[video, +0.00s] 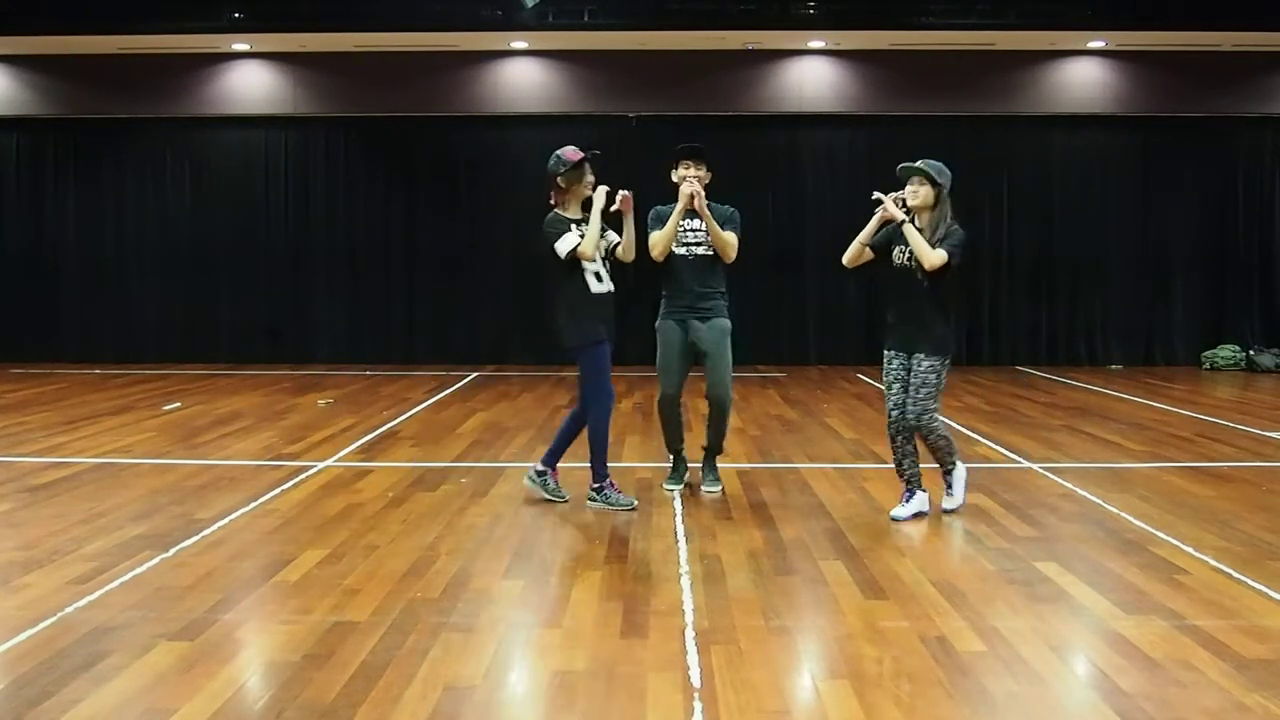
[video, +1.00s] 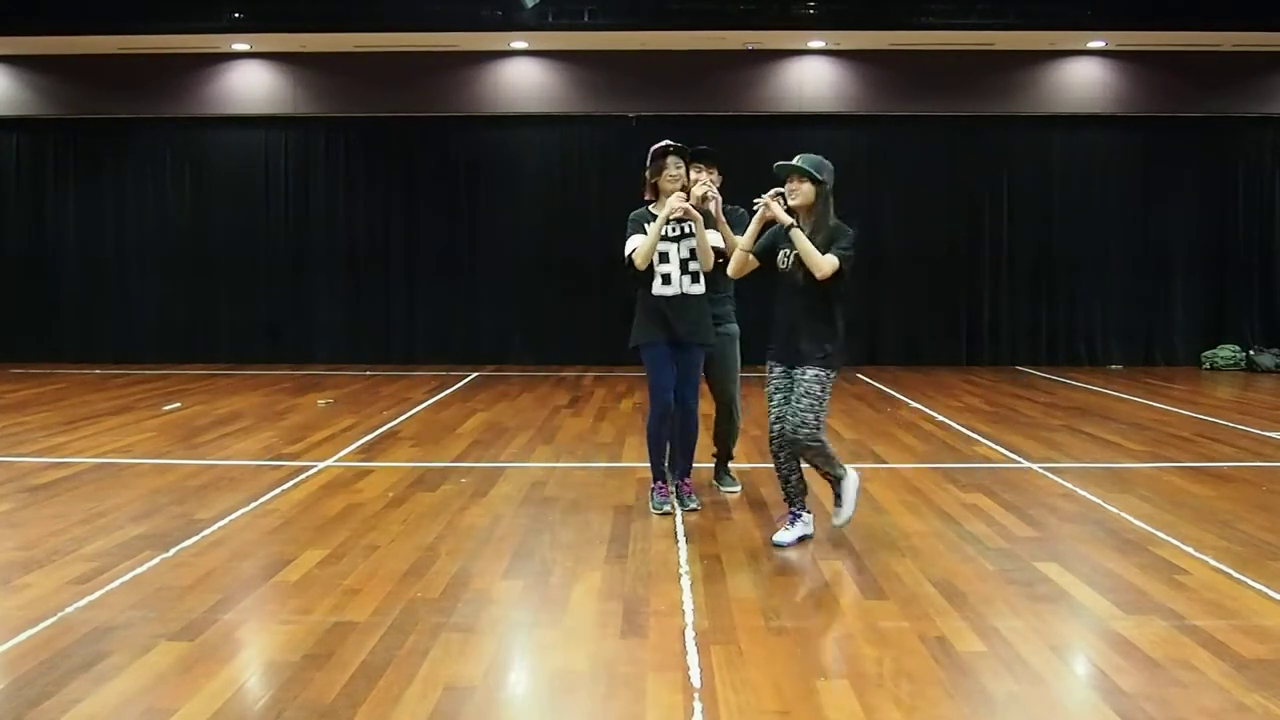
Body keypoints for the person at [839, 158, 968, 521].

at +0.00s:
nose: (909, 190)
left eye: (918, 185)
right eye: (908, 184)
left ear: (938, 192)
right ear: (906, 193)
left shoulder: (952, 233)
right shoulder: (897, 231)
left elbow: (931, 261)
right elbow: (850, 260)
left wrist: (902, 220)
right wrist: (877, 220)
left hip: (934, 339)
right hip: (897, 338)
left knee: (919, 415)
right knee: (896, 419)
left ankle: (953, 470)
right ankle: (914, 492)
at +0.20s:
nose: (896, 182)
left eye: (904, 178)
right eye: (893, 177)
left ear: (921, 187)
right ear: (887, 184)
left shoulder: (934, 228)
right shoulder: (877, 226)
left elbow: (932, 257)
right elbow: (828, 255)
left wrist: (897, 218)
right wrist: (859, 215)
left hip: (916, 329)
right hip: (885, 329)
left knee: (865, 379)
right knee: (892, 412)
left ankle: (907, 440)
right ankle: (915, 492)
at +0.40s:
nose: (877, 178)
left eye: (886, 174)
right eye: (874, 172)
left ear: (901, 186)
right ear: (865, 179)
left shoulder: (907, 221)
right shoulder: (853, 218)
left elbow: (914, 244)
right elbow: (804, 243)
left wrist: (882, 205)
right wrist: (836, 202)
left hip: (891, 333)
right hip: (857, 332)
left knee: (858, 409)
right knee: (883, 416)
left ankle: (865, 500)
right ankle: (913, 486)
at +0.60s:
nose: (844, 191)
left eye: (852, 185)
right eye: (841, 185)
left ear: (872, 190)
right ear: (838, 193)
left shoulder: (890, 233)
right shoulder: (835, 234)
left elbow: (880, 262)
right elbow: (790, 267)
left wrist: (846, 221)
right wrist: (812, 224)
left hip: (868, 353)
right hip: (830, 346)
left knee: (853, 431)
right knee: (801, 408)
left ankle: (866, 505)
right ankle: (855, 440)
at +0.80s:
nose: (818, 161)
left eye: (828, 158)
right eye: (818, 157)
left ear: (847, 172)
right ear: (817, 173)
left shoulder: (860, 214)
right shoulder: (805, 215)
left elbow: (843, 235)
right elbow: (752, 249)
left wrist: (814, 193)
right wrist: (780, 206)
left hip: (853, 332)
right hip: (814, 326)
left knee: (854, 419)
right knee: (786, 387)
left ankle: (863, 499)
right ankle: (801, 471)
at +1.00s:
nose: (791, 187)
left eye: (801, 181)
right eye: (788, 181)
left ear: (821, 187)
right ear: (785, 189)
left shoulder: (841, 234)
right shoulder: (780, 232)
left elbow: (822, 268)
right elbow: (735, 269)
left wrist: (787, 222)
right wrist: (757, 222)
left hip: (819, 350)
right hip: (780, 348)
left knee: (803, 435)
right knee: (779, 434)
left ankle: (841, 478)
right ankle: (799, 514)